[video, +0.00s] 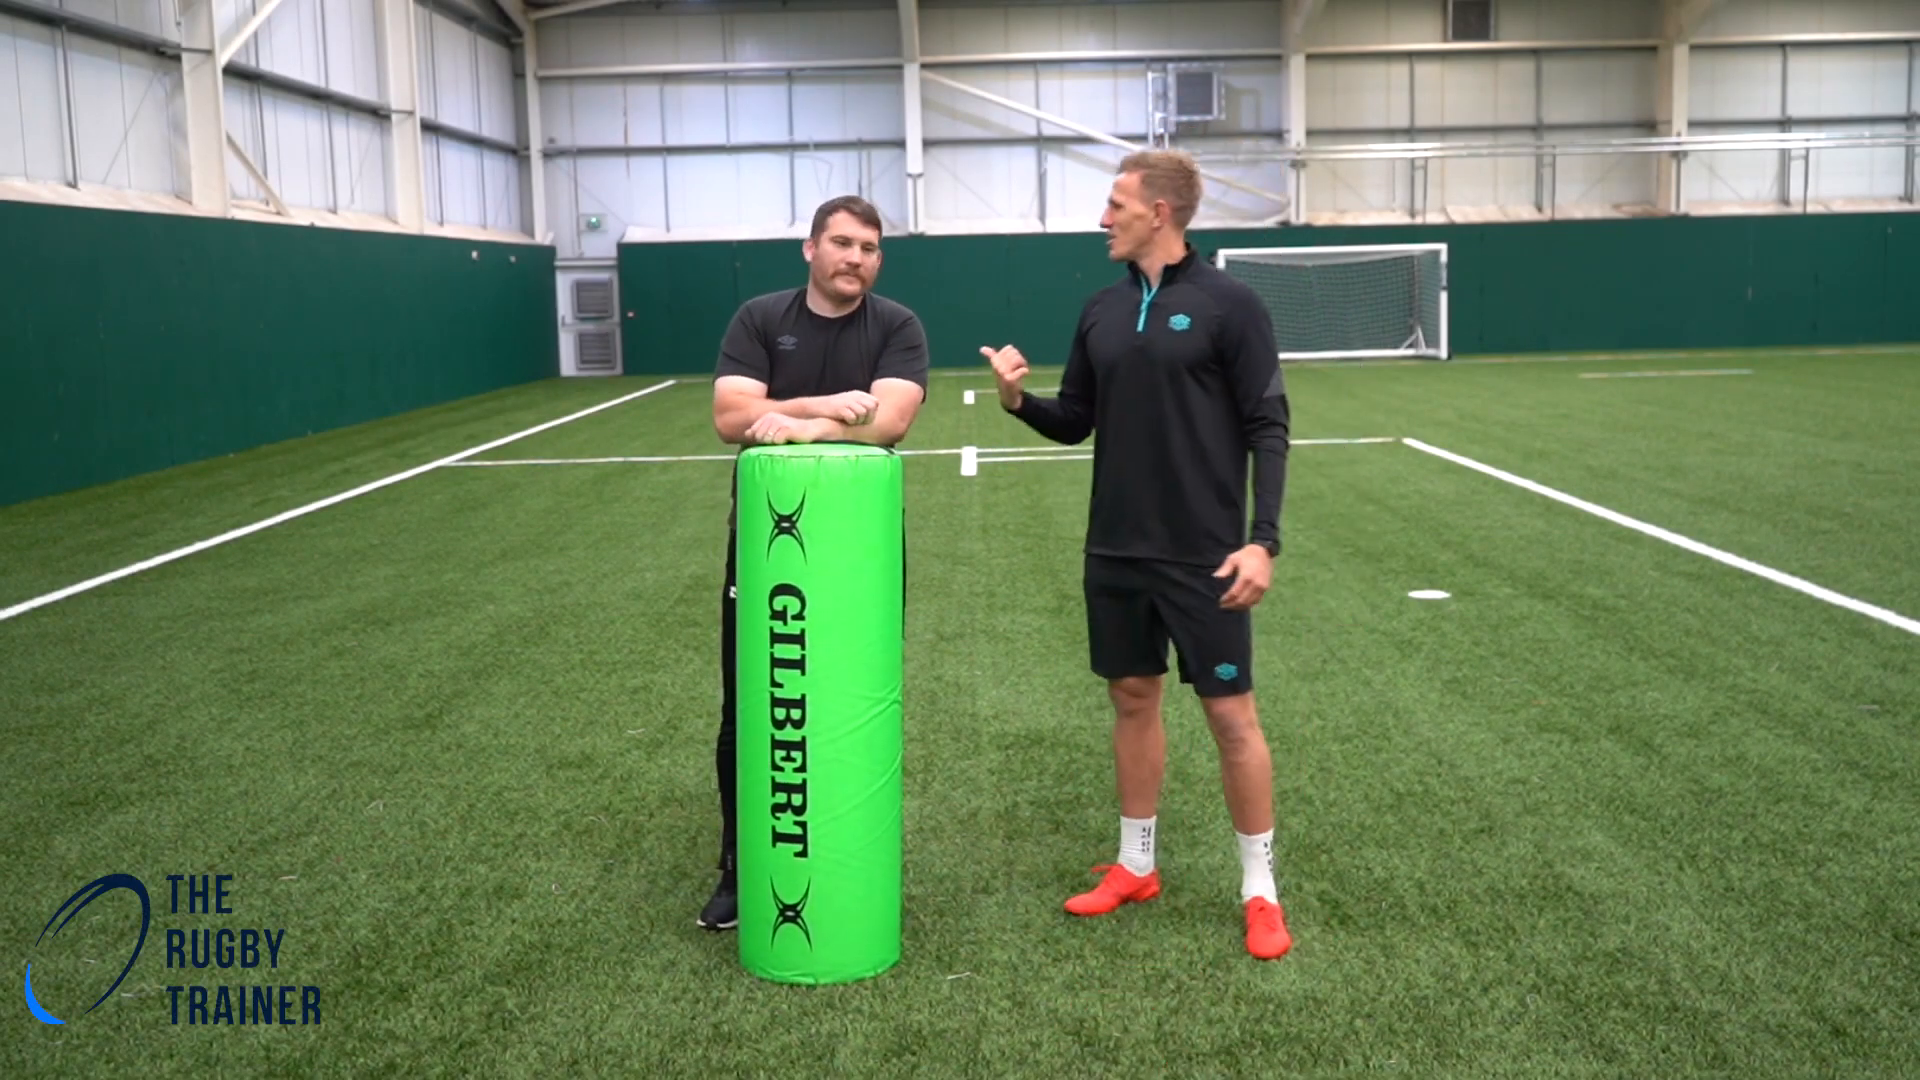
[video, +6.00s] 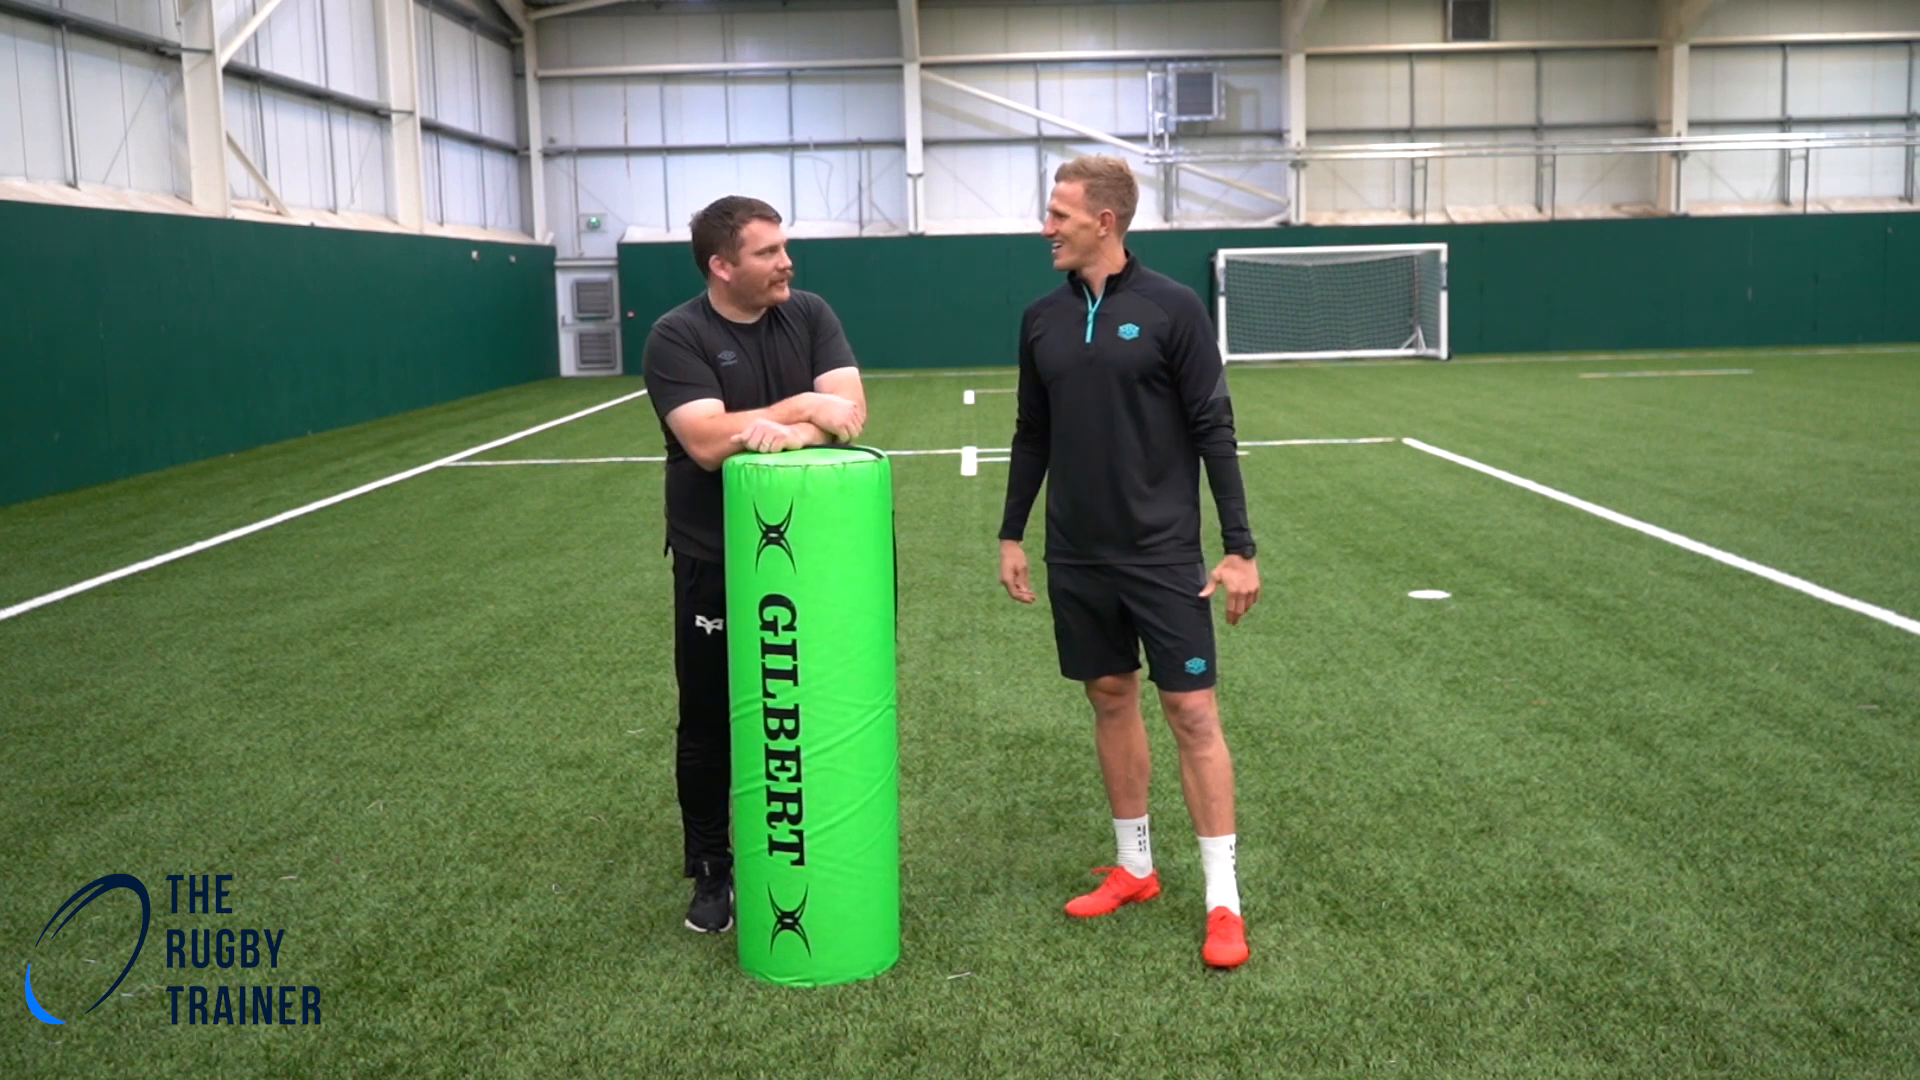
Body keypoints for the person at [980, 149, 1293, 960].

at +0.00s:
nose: (1104, 217)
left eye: (1118, 206)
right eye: (1108, 204)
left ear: (1163, 215)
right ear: (1144, 215)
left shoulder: (1231, 305)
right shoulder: (1102, 310)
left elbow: (1269, 428)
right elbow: (1072, 423)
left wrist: (1263, 540)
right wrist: (1018, 396)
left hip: (1203, 548)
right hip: (1117, 545)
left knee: (1231, 716)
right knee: (1131, 697)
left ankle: (1259, 887)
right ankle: (1136, 867)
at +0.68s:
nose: (1050, 226)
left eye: (1063, 214)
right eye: (1053, 212)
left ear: (1109, 222)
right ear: (1093, 221)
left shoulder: (1180, 305)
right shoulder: (1056, 316)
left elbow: (1225, 421)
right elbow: (1023, 430)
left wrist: (1179, 517)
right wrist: (986, 397)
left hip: (1163, 546)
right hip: (1081, 545)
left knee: (1189, 707)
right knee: (1112, 693)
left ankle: (1218, 895)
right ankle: (1132, 865)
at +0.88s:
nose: (1053, 226)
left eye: (1066, 215)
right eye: (1056, 213)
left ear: (1113, 223)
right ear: (1097, 222)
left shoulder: (1180, 304)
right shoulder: (1053, 320)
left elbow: (1204, 424)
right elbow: (1021, 432)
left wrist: (1098, 463)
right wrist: (1000, 388)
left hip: (1163, 547)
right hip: (1081, 547)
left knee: (1190, 709)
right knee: (1111, 694)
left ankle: (1219, 897)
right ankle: (1132, 867)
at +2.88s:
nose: (1071, 228)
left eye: (1084, 217)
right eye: (1072, 214)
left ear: (1131, 224)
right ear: (1100, 221)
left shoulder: (1192, 306)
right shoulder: (1063, 316)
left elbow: (1207, 423)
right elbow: (1026, 438)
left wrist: (1094, 412)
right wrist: (1024, 407)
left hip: (1173, 543)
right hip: (1089, 543)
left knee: (1199, 706)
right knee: (1112, 695)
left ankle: (1225, 895)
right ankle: (1134, 865)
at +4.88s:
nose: (1053, 228)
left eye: (1066, 217)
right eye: (1053, 214)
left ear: (1114, 225)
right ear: (1075, 221)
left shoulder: (1175, 310)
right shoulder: (1044, 316)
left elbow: (1203, 430)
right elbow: (1020, 420)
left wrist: (1094, 447)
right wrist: (1023, 437)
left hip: (1159, 548)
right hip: (1075, 550)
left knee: (1189, 709)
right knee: (1107, 698)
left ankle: (1222, 894)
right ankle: (1134, 867)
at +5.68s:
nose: (1047, 227)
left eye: (1061, 215)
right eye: (1049, 213)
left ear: (1109, 223)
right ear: (1079, 221)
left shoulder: (1175, 308)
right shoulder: (1044, 320)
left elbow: (1209, 431)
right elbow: (1029, 435)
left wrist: (1169, 534)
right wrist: (1003, 531)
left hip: (1165, 551)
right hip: (1080, 552)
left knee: (1194, 711)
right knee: (1110, 699)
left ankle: (1223, 898)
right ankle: (1133, 869)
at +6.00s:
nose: (1048, 227)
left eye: (1061, 216)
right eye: (1048, 213)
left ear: (1109, 224)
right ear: (1076, 222)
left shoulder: (1174, 309)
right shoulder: (1043, 318)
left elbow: (1215, 429)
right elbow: (1032, 431)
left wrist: (1238, 545)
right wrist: (1012, 531)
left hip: (1165, 551)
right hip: (1079, 552)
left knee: (1193, 712)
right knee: (1110, 700)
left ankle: (1223, 898)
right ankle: (1134, 868)